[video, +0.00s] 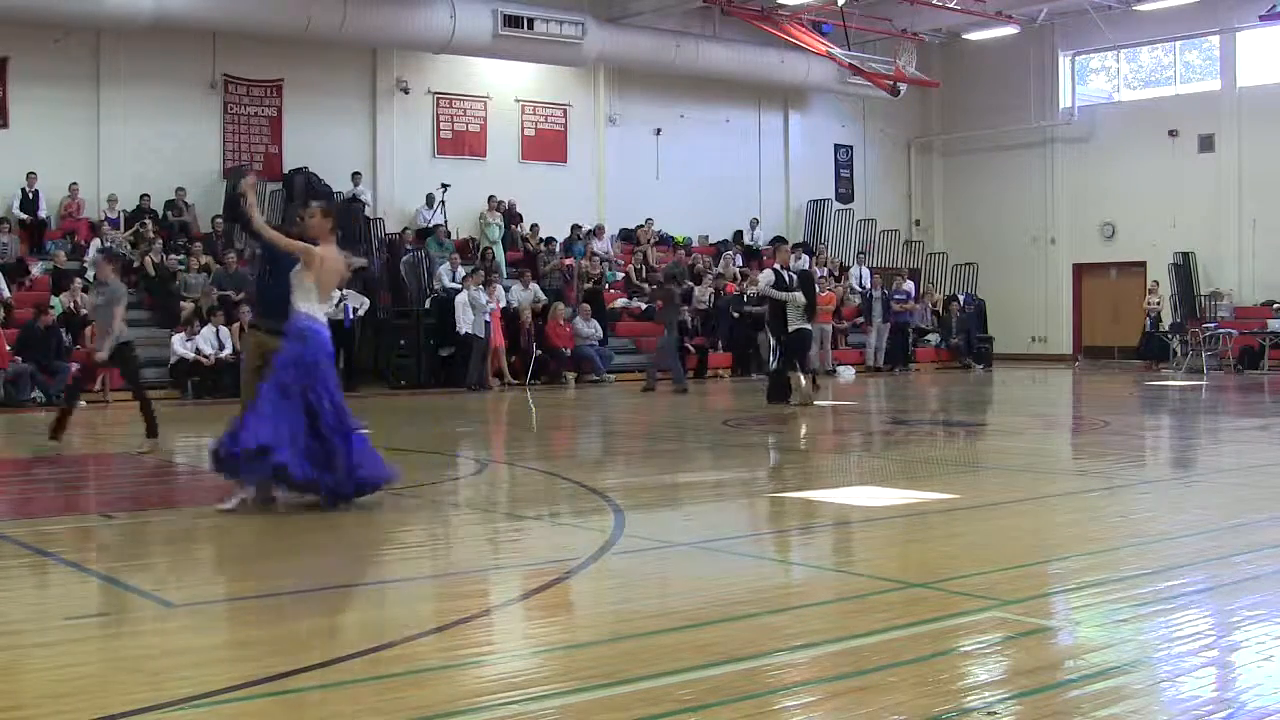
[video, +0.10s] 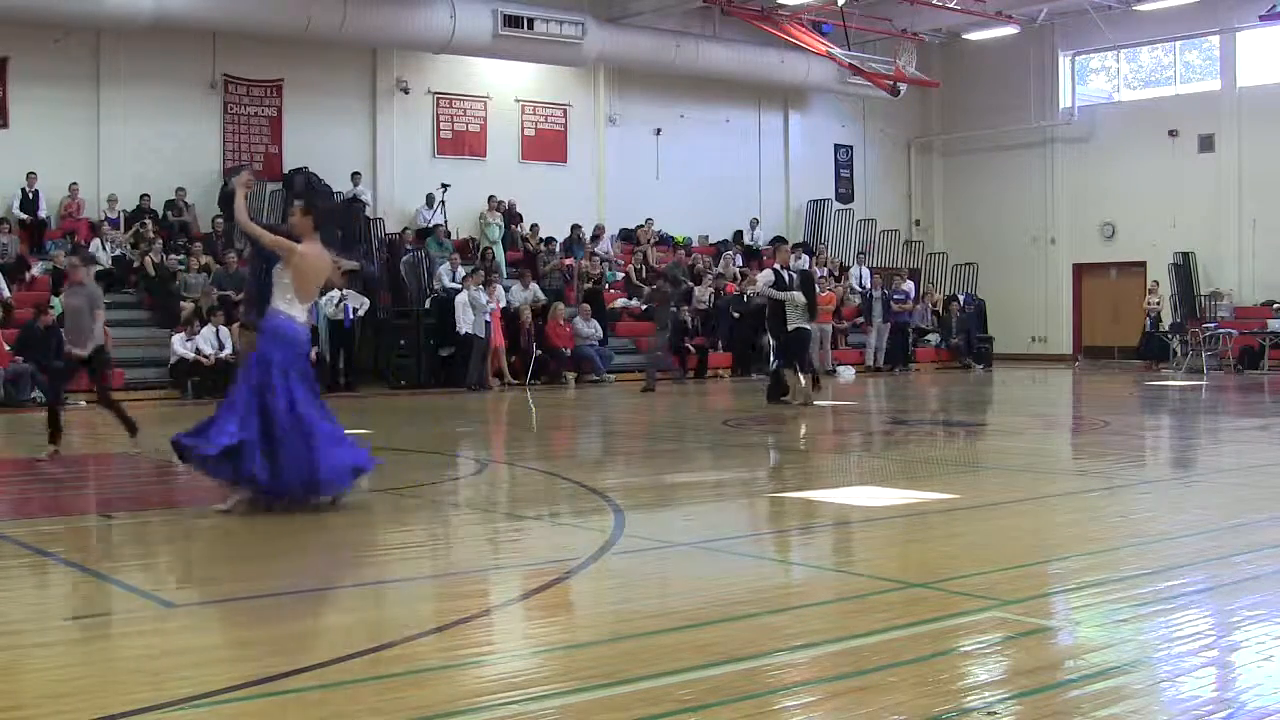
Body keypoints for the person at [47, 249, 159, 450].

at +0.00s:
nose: (96, 267)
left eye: (100, 264)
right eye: (96, 264)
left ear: (111, 265)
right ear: (102, 266)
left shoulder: (119, 289)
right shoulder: (97, 289)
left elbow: (117, 321)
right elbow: (96, 319)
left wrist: (106, 348)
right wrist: (91, 342)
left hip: (121, 343)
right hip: (100, 344)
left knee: (137, 388)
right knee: (76, 386)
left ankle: (152, 436)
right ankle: (58, 428)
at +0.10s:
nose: (72, 272)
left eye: (76, 267)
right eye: (70, 267)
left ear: (87, 268)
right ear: (67, 269)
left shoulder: (93, 291)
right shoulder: (68, 292)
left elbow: (99, 322)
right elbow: (69, 320)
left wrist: (87, 349)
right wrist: (65, 341)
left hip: (94, 348)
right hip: (72, 349)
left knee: (104, 397)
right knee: (54, 391)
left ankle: (132, 428)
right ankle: (54, 443)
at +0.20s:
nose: (44, 277)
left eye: (48, 272)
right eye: (42, 273)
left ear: (60, 274)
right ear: (40, 276)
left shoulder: (70, 297)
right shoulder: (40, 299)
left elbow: (82, 327)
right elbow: (36, 332)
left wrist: (89, 358)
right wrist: (33, 360)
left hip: (67, 355)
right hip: (46, 358)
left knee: (54, 405)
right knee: (38, 406)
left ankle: (88, 428)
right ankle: (53, 446)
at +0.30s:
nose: (16, 281)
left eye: (21, 276)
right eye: (13, 276)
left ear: (32, 279)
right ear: (9, 279)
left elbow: (66, 315)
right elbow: (4, 326)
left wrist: (88, 328)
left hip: (48, 361)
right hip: (28, 363)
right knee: (15, 408)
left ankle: (28, 432)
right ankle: (48, 442)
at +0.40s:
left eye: (3, 273)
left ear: (7, 274)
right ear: (10, 274)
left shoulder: (9, 292)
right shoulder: (8, 292)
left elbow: (42, 293)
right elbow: (42, 293)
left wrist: (54, 303)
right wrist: (53, 301)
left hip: (11, 354)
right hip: (8, 355)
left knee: (16, 408)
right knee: (15, 408)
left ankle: (48, 442)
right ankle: (48, 442)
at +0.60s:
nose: (53, 318)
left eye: (52, 315)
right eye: (50, 315)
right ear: (42, 317)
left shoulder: (52, 329)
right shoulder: (29, 330)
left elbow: (59, 348)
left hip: (48, 359)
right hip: (33, 360)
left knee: (64, 368)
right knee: (34, 372)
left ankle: (56, 394)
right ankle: (50, 395)